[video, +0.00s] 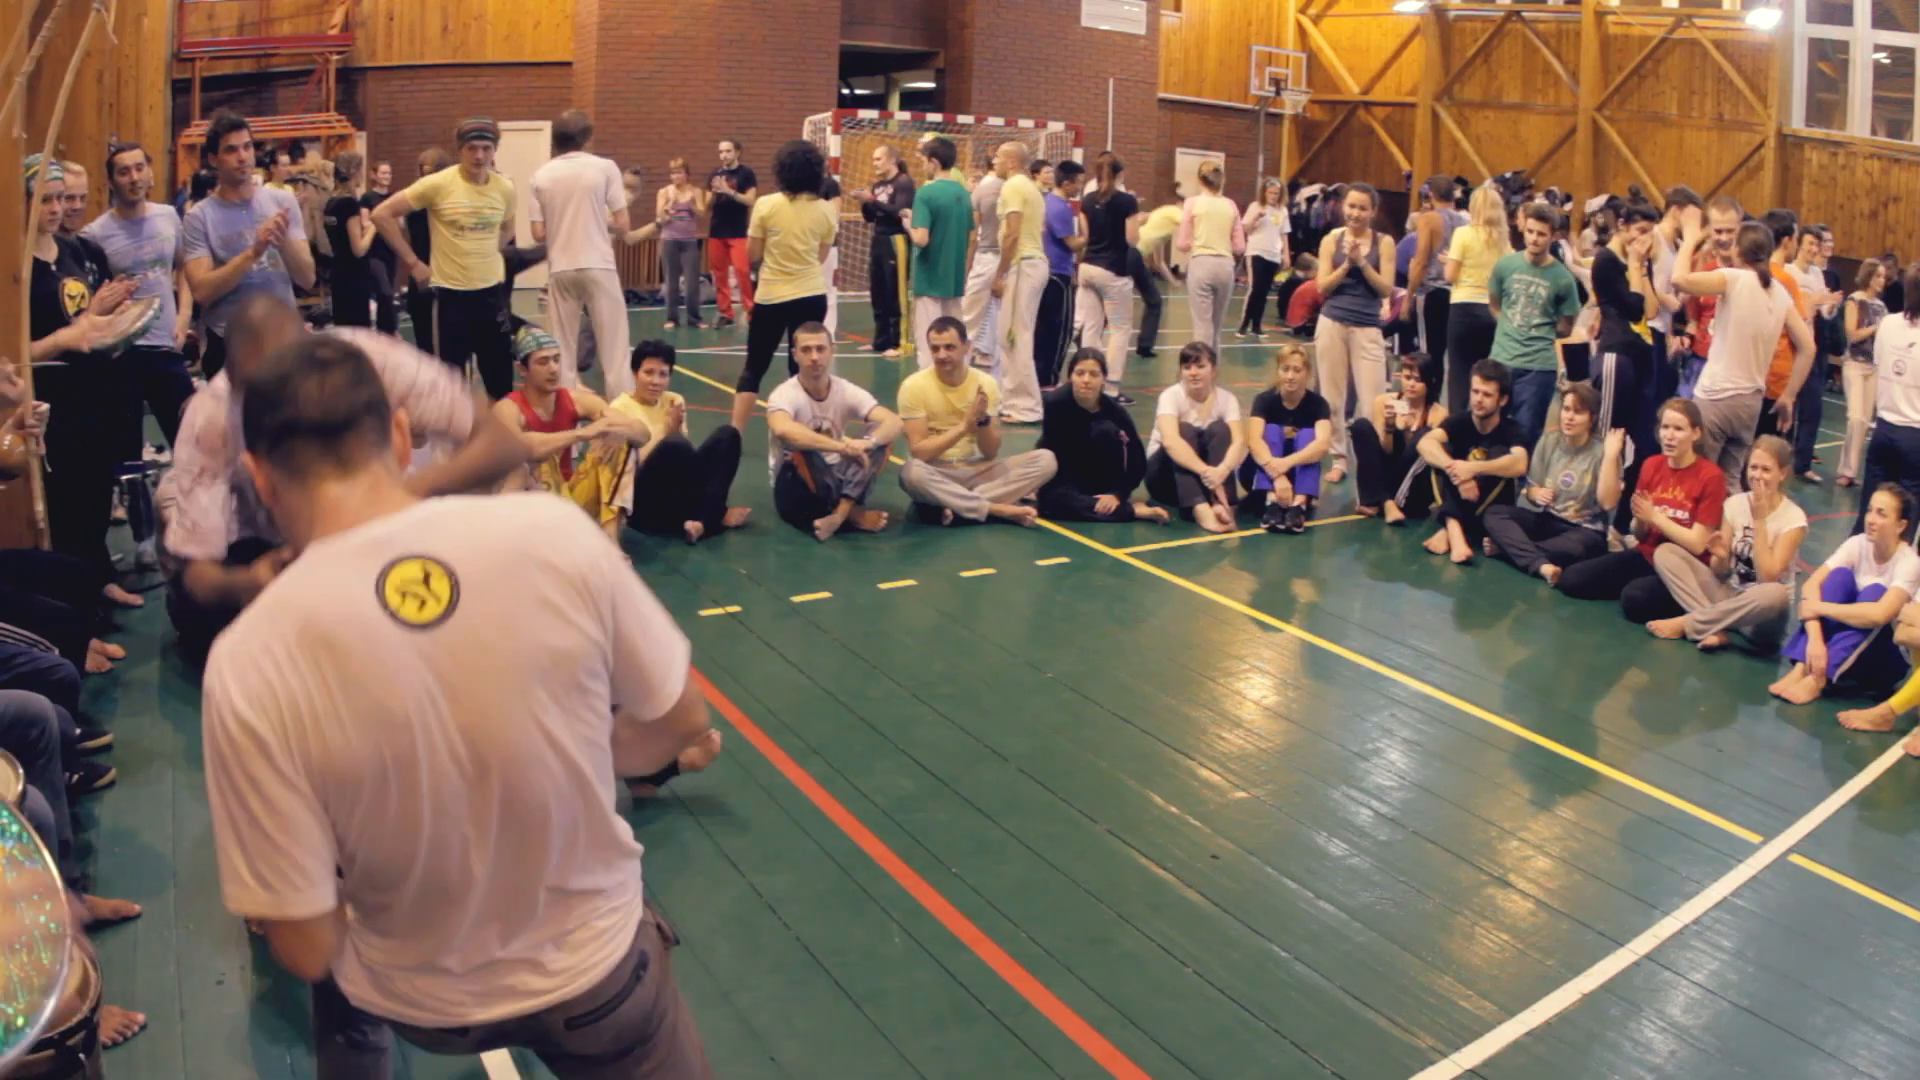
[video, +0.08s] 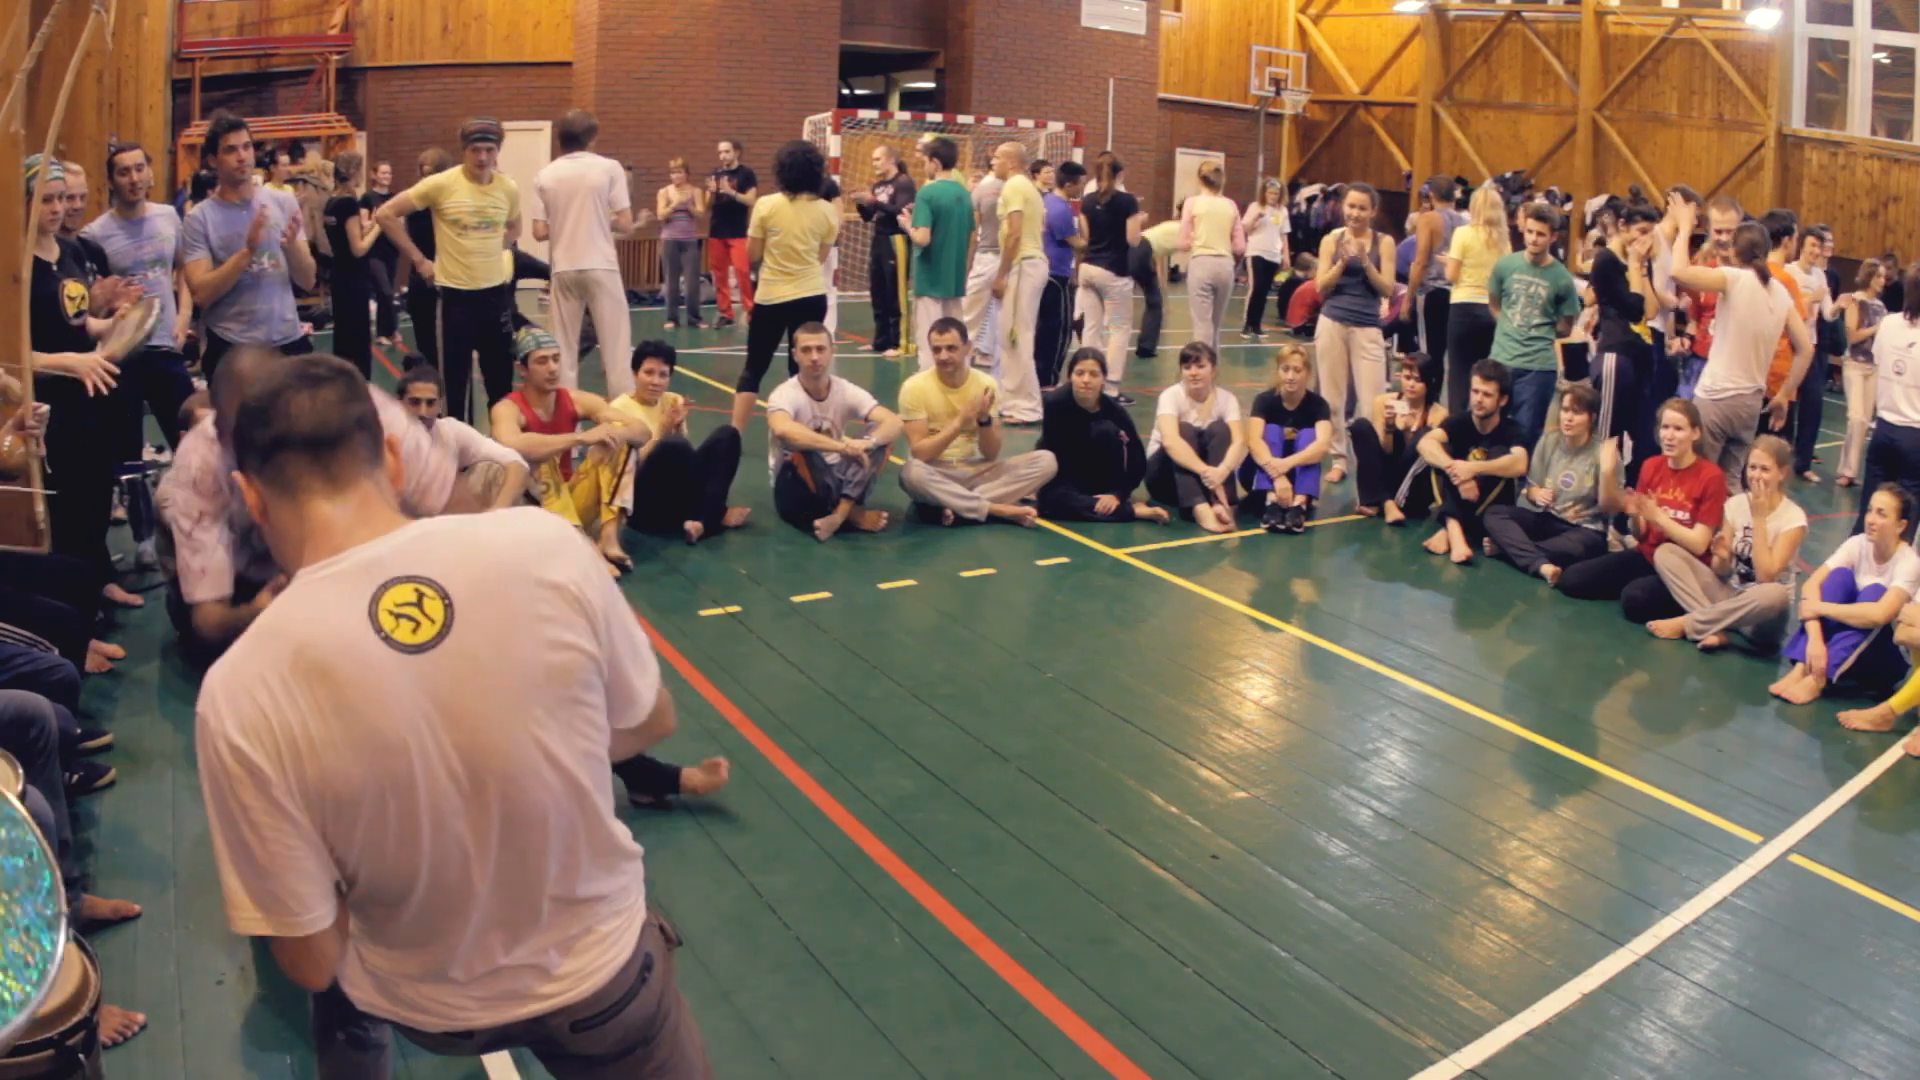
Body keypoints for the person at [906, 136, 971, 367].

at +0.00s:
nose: (923, 165)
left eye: (925, 160)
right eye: (923, 160)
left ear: (934, 162)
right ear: (950, 162)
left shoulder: (926, 192)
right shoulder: (963, 191)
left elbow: (921, 238)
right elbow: (971, 234)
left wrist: (908, 223)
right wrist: (966, 269)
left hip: (929, 278)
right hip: (956, 277)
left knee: (927, 340)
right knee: (954, 338)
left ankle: (930, 388)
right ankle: (955, 385)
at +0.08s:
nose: (924, 166)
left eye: (926, 161)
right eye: (925, 160)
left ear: (935, 162)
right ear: (951, 162)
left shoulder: (928, 192)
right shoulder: (964, 192)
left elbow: (923, 238)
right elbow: (972, 234)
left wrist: (907, 225)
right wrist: (967, 269)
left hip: (930, 279)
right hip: (956, 277)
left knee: (928, 339)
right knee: (955, 337)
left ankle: (929, 386)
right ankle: (956, 382)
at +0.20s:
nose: (926, 165)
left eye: (928, 161)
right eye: (927, 160)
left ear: (937, 163)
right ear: (953, 162)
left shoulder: (928, 192)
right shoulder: (965, 193)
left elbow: (924, 238)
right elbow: (973, 236)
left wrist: (912, 225)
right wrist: (967, 268)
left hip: (931, 277)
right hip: (957, 276)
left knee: (929, 337)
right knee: (955, 335)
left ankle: (929, 384)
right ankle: (956, 380)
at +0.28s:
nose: (927, 166)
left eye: (929, 161)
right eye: (928, 161)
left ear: (937, 163)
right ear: (954, 162)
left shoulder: (928, 192)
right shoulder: (966, 193)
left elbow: (924, 238)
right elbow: (973, 237)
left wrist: (916, 229)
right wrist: (967, 265)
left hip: (931, 276)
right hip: (957, 275)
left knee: (929, 336)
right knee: (956, 334)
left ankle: (930, 382)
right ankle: (957, 378)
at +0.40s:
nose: (927, 165)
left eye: (929, 160)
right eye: (928, 159)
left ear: (938, 162)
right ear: (955, 162)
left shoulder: (929, 192)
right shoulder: (967, 193)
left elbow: (925, 237)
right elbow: (973, 237)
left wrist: (910, 225)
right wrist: (967, 268)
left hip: (931, 276)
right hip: (958, 276)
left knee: (930, 337)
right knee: (955, 335)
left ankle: (931, 387)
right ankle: (956, 382)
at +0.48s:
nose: (928, 165)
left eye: (930, 160)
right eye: (929, 159)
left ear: (938, 162)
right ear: (955, 162)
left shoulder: (930, 192)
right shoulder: (967, 194)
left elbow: (926, 237)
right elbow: (972, 238)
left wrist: (909, 225)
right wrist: (966, 270)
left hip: (932, 277)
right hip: (958, 277)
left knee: (930, 337)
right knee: (954, 335)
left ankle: (931, 388)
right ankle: (955, 385)